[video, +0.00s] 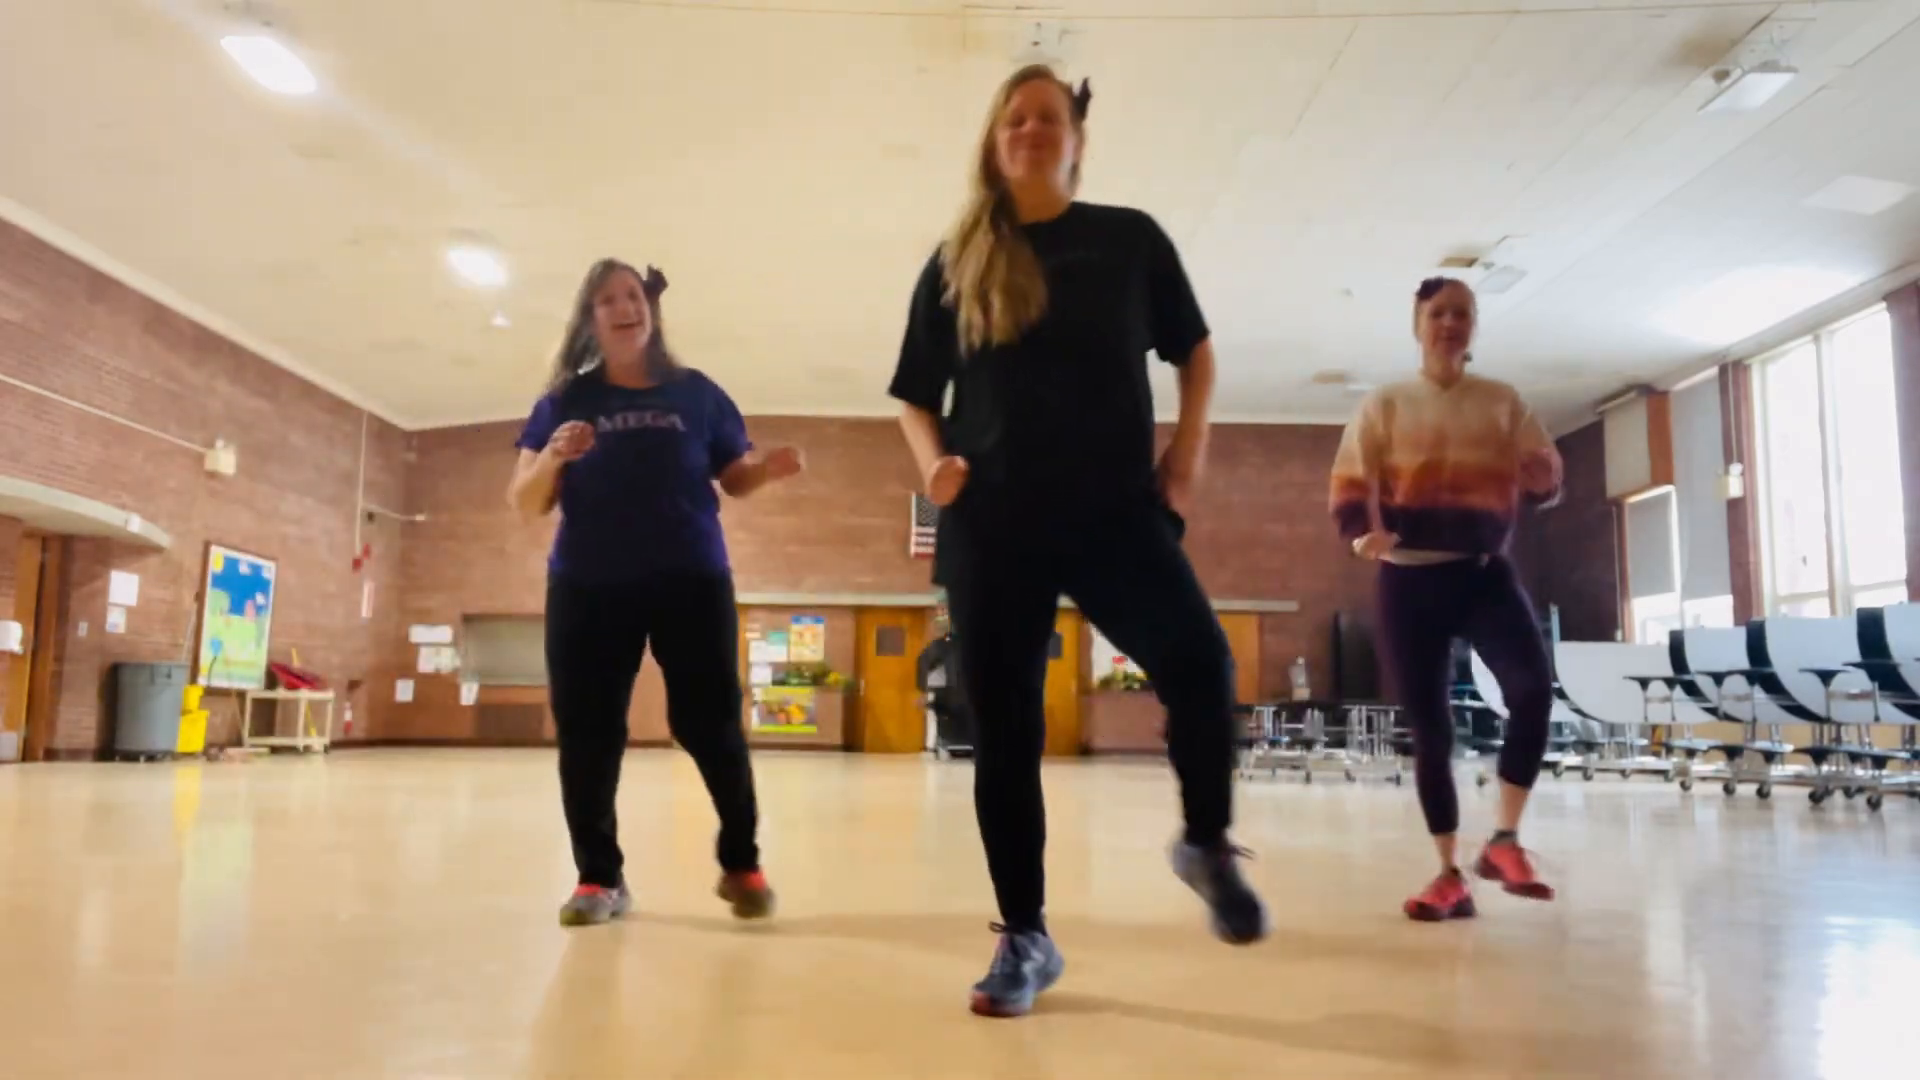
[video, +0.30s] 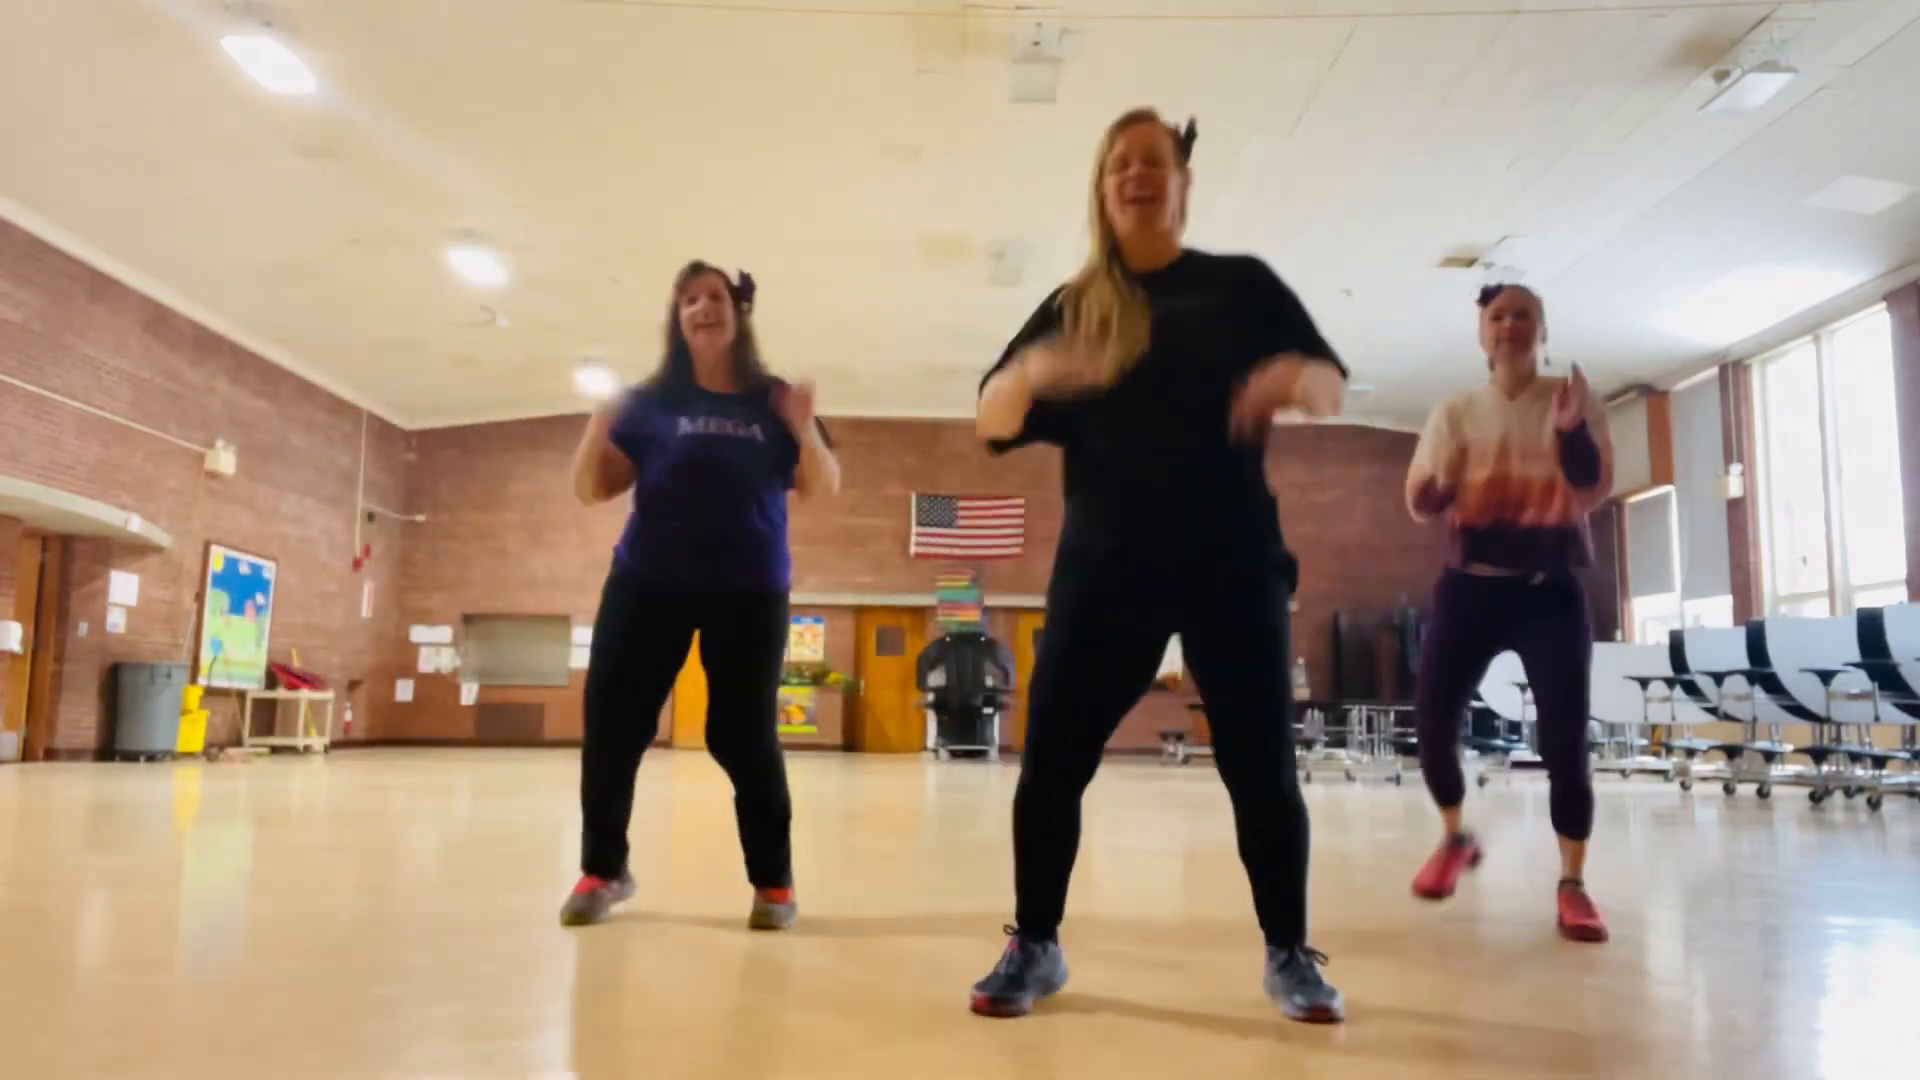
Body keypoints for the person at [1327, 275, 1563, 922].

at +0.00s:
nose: (1449, 324)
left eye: (1460, 315)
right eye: (1438, 314)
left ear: (1474, 328)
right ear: (1417, 325)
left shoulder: (1502, 403)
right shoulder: (1382, 407)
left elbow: (1547, 485)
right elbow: (1348, 492)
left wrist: (1541, 479)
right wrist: (1364, 535)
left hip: (1485, 577)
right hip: (1411, 581)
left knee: (1533, 695)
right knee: (1431, 732)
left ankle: (1503, 842)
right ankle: (1449, 875)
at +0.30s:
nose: (1509, 325)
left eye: (1521, 315)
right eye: (1498, 315)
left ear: (1541, 329)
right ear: (1481, 330)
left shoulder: (1569, 402)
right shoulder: (1456, 410)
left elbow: (1591, 490)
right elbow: (1420, 498)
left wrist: (1571, 427)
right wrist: (1435, 491)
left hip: (1552, 591)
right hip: (1472, 588)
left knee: (1566, 742)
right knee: (1433, 725)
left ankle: (1573, 885)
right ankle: (1455, 836)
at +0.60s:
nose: (1523, 288)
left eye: (1535, 278)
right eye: (1511, 278)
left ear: (1553, 291)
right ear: (1492, 293)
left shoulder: (1587, 366)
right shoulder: (1465, 376)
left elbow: (1604, 457)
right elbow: (1452, 473)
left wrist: (1570, 421)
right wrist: (1479, 448)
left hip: (1566, 546)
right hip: (1489, 545)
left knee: (1572, 713)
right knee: (1457, 659)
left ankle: (1573, 875)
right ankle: (1510, 677)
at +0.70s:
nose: (1523, 316)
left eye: (1534, 306)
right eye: (1510, 306)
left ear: (1554, 319)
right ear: (1492, 322)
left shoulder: (1594, 394)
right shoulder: (1467, 405)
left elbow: (1624, 486)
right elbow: (1447, 501)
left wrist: (1565, 470)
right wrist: (1516, 465)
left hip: (1569, 581)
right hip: (1486, 578)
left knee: (1576, 745)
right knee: (1468, 685)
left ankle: (1567, 888)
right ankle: (1502, 720)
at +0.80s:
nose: (1515, 300)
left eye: (1526, 289)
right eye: (1502, 290)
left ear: (1546, 301)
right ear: (1484, 306)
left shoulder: (1589, 374)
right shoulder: (1459, 388)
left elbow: (1630, 464)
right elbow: (1423, 480)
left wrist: (1584, 456)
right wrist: (1470, 471)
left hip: (1562, 564)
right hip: (1481, 561)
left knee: (1569, 725)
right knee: (1466, 669)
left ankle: (1568, 882)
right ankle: (1486, 762)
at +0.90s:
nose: (1503, 276)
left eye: (1513, 264)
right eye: (1489, 266)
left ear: (1533, 274)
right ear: (1471, 280)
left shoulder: (1574, 346)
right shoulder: (1447, 361)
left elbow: (1611, 429)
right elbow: (1409, 449)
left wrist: (1587, 431)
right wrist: (1438, 457)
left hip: (1548, 536)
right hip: (1467, 536)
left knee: (1558, 702)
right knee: (1459, 677)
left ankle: (1569, 867)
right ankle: (1462, 802)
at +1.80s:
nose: (1280, 326)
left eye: (1290, 314)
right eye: (1268, 314)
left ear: (1304, 320)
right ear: (1245, 317)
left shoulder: (1327, 399)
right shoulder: (1215, 396)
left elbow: (1359, 489)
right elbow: (1175, 484)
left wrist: (1332, 499)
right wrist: (1175, 549)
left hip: (1291, 569)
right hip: (1222, 566)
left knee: (1291, 712)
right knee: (1211, 687)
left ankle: (1252, 871)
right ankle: (1243, 812)